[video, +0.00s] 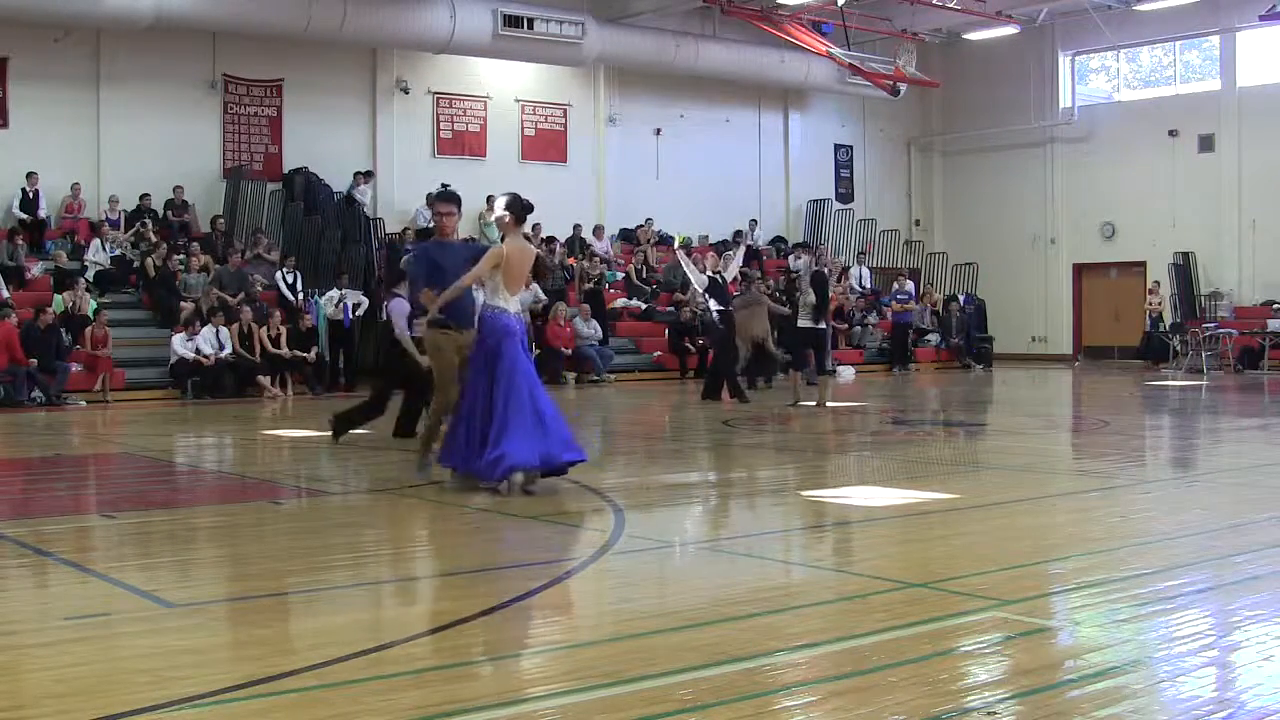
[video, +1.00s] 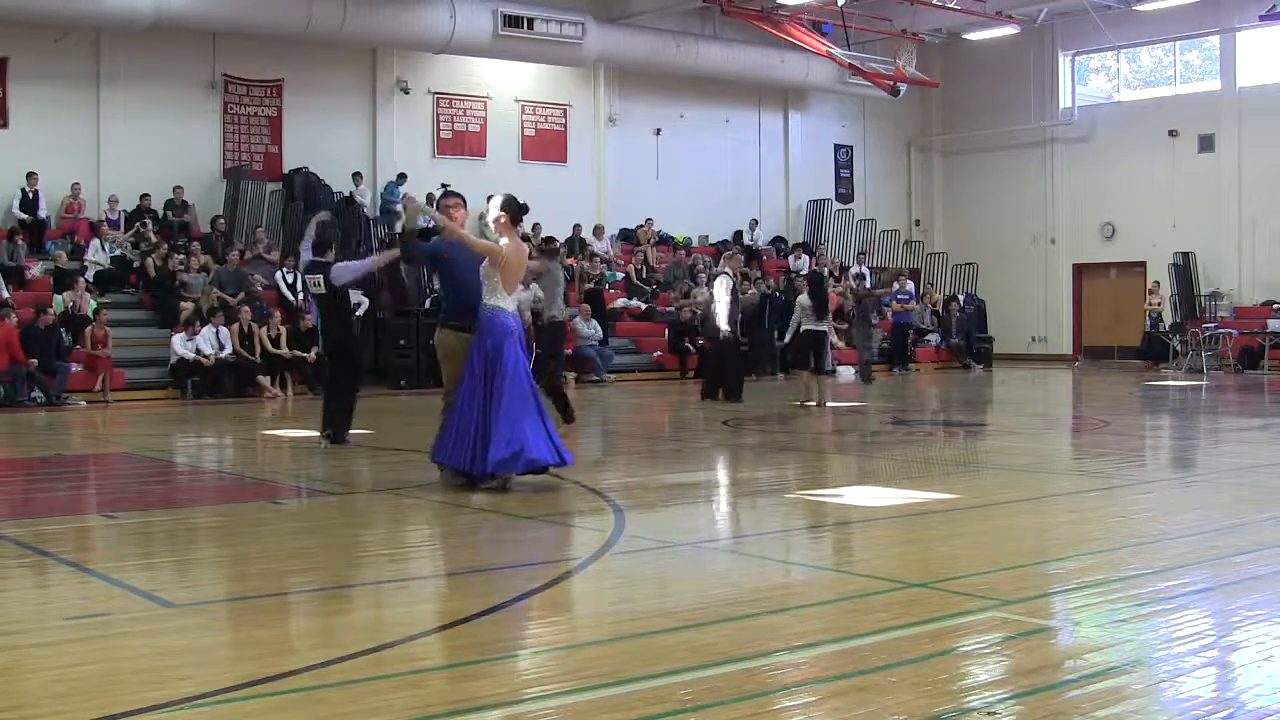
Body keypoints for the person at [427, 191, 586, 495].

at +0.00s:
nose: (492, 216)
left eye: (496, 211)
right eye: (494, 211)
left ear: (509, 217)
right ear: (519, 219)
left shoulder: (500, 251)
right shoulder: (531, 251)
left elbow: (467, 280)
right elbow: (519, 284)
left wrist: (438, 302)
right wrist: (487, 280)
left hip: (494, 321)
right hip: (516, 322)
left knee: (495, 390)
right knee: (514, 389)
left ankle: (507, 459)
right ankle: (527, 456)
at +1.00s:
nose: (487, 216)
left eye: (489, 211)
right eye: (488, 211)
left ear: (503, 218)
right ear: (511, 219)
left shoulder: (502, 250)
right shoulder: (522, 249)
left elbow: (462, 236)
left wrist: (427, 210)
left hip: (494, 321)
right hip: (511, 321)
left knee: (494, 392)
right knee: (506, 391)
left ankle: (498, 464)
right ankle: (503, 460)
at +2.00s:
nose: (491, 216)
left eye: (495, 212)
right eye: (493, 212)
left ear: (505, 221)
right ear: (516, 222)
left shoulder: (499, 249)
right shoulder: (524, 249)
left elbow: (464, 224)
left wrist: (438, 193)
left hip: (492, 323)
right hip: (510, 322)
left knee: (492, 393)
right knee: (505, 393)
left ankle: (499, 463)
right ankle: (501, 462)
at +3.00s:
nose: (497, 218)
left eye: (500, 214)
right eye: (500, 214)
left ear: (509, 220)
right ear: (522, 220)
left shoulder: (503, 250)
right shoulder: (531, 249)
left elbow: (465, 228)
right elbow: (535, 273)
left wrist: (438, 195)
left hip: (496, 323)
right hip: (517, 322)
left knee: (492, 392)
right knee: (510, 392)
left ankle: (493, 462)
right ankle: (505, 462)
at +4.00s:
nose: (487, 217)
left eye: (494, 214)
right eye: (488, 212)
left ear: (508, 225)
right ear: (494, 221)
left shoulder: (491, 251)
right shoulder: (498, 250)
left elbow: (451, 227)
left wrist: (419, 197)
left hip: (482, 330)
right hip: (489, 328)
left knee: (471, 397)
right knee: (493, 396)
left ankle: (473, 469)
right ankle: (508, 463)